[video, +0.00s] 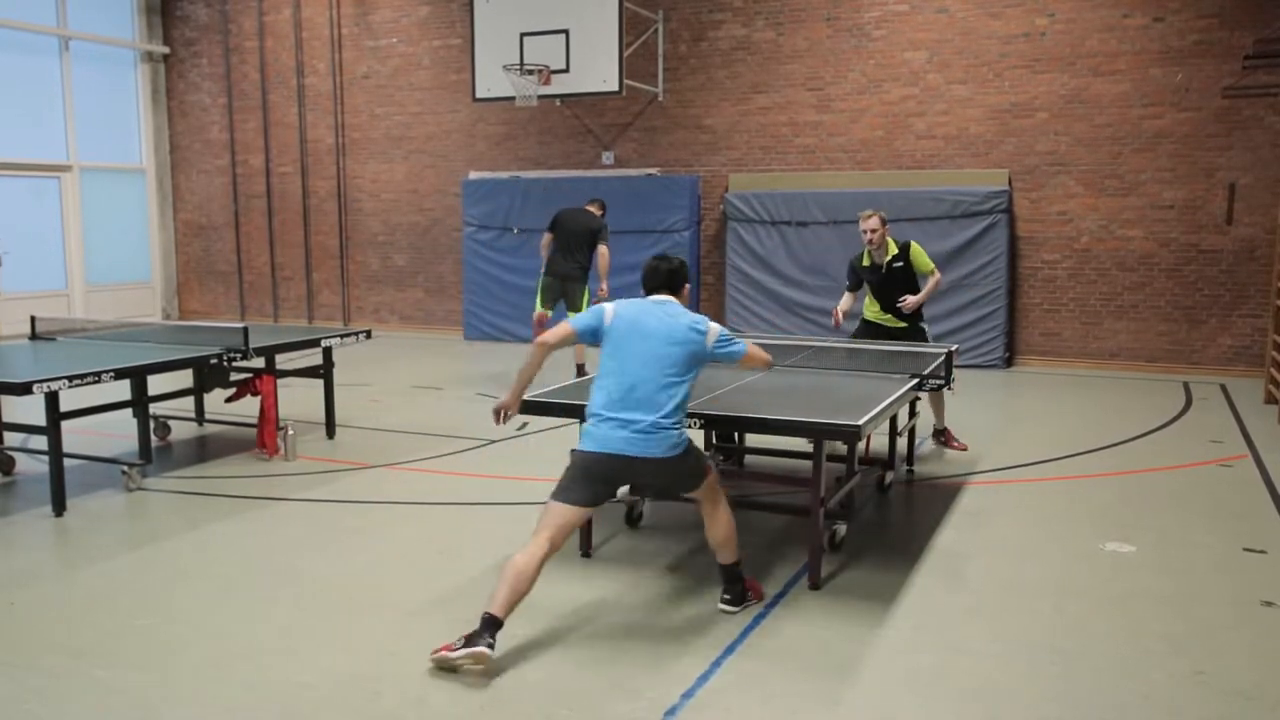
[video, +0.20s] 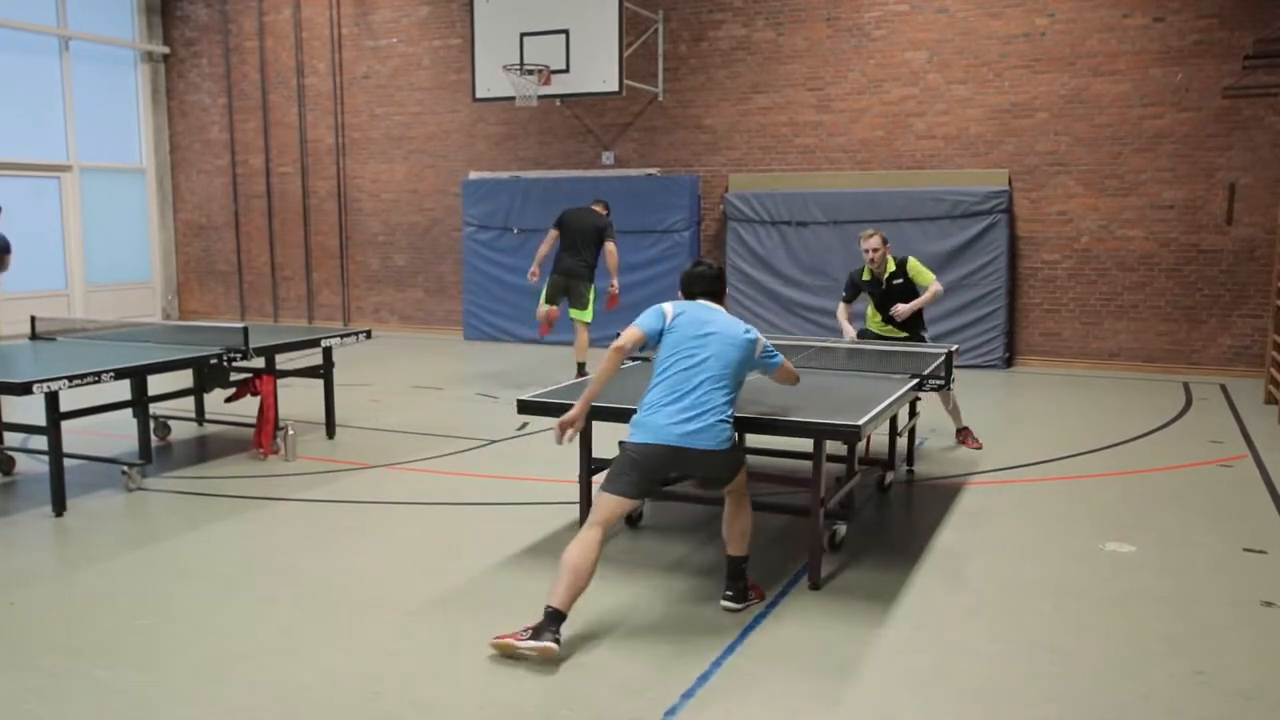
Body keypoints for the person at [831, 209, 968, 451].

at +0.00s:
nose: (868, 237)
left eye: (873, 231)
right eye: (864, 232)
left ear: (886, 231)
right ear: (860, 234)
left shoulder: (908, 250)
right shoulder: (858, 262)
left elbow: (935, 276)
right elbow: (851, 292)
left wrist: (919, 298)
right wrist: (841, 308)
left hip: (909, 325)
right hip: (873, 324)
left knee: (931, 375)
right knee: (848, 366)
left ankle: (940, 429)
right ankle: (858, 428)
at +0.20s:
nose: (870, 256)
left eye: (875, 250)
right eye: (866, 251)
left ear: (887, 249)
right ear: (862, 253)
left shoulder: (906, 265)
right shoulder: (859, 276)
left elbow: (936, 288)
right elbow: (843, 307)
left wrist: (911, 307)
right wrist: (846, 327)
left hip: (912, 337)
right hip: (875, 335)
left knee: (940, 379)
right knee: (853, 377)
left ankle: (961, 429)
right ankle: (861, 432)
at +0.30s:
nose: (868, 271)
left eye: (872, 265)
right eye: (863, 266)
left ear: (884, 263)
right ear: (859, 267)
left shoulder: (902, 276)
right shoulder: (858, 290)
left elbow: (928, 300)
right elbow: (841, 320)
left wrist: (899, 314)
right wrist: (843, 343)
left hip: (914, 341)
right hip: (878, 343)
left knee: (942, 383)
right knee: (863, 386)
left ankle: (961, 430)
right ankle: (862, 440)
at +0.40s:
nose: (852, 271)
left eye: (856, 265)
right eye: (848, 267)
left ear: (870, 263)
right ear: (846, 268)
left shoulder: (889, 277)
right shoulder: (850, 291)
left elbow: (896, 307)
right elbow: (844, 321)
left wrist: (858, 317)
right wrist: (822, 342)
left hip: (912, 341)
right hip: (878, 344)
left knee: (941, 385)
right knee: (859, 384)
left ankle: (961, 430)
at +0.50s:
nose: (830, 270)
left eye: (833, 265)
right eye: (826, 267)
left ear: (847, 263)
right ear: (826, 269)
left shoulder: (860, 277)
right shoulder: (837, 288)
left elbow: (849, 303)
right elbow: (829, 321)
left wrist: (818, 313)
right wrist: (803, 341)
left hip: (902, 336)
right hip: (872, 336)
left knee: (930, 387)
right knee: (850, 380)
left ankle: (962, 429)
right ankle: (850, 431)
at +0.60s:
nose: (801, 274)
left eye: (805, 268)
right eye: (799, 269)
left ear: (819, 265)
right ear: (800, 271)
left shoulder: (830, 279)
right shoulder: (819, 294)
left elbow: (825, 297)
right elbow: (811, 325)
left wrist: (794, 311)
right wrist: (793, 349)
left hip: (885, 334)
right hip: (858, 338)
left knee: (917, 387)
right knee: (849, 386)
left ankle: (959, 427)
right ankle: (856, 434)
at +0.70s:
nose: (772, 273)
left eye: (776, 267)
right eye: (769, 269)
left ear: (790, 265)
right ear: (773, 271)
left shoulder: (804, 277)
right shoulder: (791, 294)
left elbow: (832, 275)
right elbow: (786, 323)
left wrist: (817, 294)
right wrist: (770, 344)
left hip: (860, 326)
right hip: (838, 335)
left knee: (893, 375)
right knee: (842, 381)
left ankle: (934, 423)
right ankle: (859, 426)